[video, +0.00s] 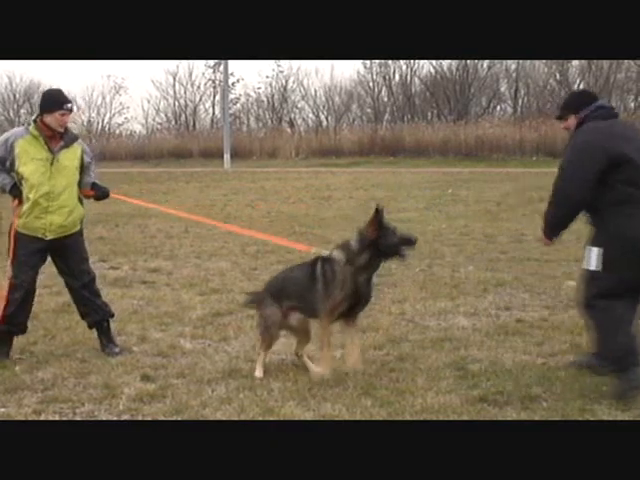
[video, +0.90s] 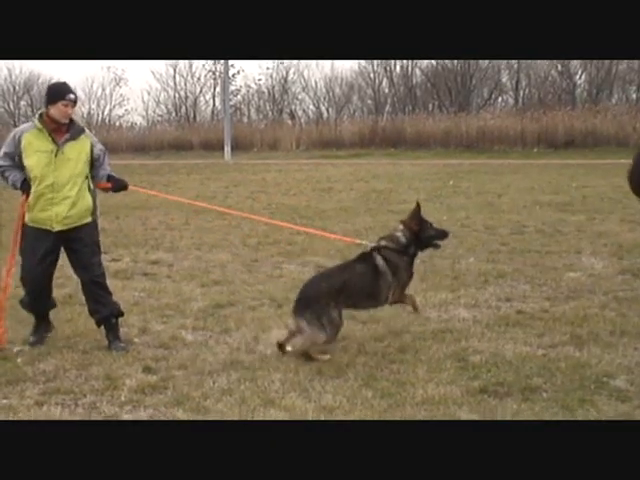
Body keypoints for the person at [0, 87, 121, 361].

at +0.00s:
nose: (66, 118)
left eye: (68, 113)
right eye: (61, 113)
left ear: (70, 115)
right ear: (44, 114)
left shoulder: (77, 147)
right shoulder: (15, 140)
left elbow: (87, 176)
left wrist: (91, 189)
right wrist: (12, 187)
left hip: (68, 229)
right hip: (29, 229)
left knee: (83, 282)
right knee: (21, 285)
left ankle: (106, 336)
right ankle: (5, 342)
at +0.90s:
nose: (70, 109)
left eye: (73, 104)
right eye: (64, 104)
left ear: (75, 107)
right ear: (49, 105)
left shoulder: (84, 137)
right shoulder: (23, 134)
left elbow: (100, 166)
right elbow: (5, 163)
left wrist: (107, 180)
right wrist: (20, 181)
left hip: (79, 220)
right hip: (39, 222)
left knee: (94, 275)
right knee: (33, 278)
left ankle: (112, 332)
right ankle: (41, 321)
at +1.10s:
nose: (70, 102)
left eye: (72, 97)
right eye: (65, 97)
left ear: (72, 99)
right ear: (48, 98)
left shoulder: (83, 130)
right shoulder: (20, 128)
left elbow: (99, 161)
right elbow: (4, 156)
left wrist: (116, 173)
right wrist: (20, 174)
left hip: (81, 211)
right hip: (41, 214)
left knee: (93, 265)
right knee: (43, 269)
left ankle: (111, 322)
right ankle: (48, 317)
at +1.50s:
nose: (85, 100)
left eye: (86, 95)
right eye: (80, 95)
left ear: (82, 96)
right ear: (63, 95)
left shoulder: (87, 124)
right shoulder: (32, 120)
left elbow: (90, 156)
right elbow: (7, 150)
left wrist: (100, 165)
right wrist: (33, 169)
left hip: (85, 207)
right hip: (49, 208)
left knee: (99, 259)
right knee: (38, 264)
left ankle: (115, 313)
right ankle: (16, 313)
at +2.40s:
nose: (22, 99)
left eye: (24, 93)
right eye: (16, 94)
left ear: (24, 95)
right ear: (2, 95)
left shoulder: (31, 127)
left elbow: (41, 162)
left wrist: (55, 169)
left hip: (21, 209)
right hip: (4, 210)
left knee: (36, 261)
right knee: (33, 260)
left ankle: (59, 312)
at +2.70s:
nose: (11, 101)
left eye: (13, 96)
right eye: (6, 95)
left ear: (15, 98)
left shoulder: (21, 130)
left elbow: (33, 164)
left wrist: (44, 173)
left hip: (12, 211)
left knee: (25, 265)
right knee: (23, 265)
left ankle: (46, 319)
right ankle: (45, 318)